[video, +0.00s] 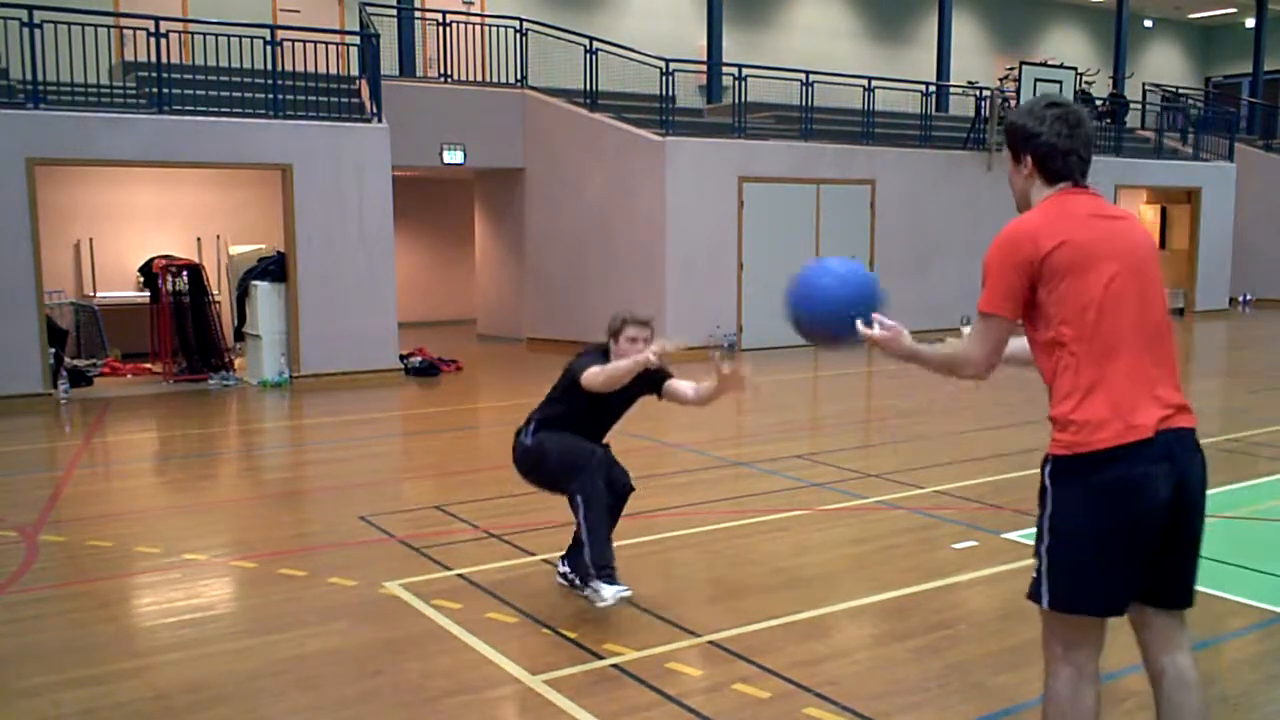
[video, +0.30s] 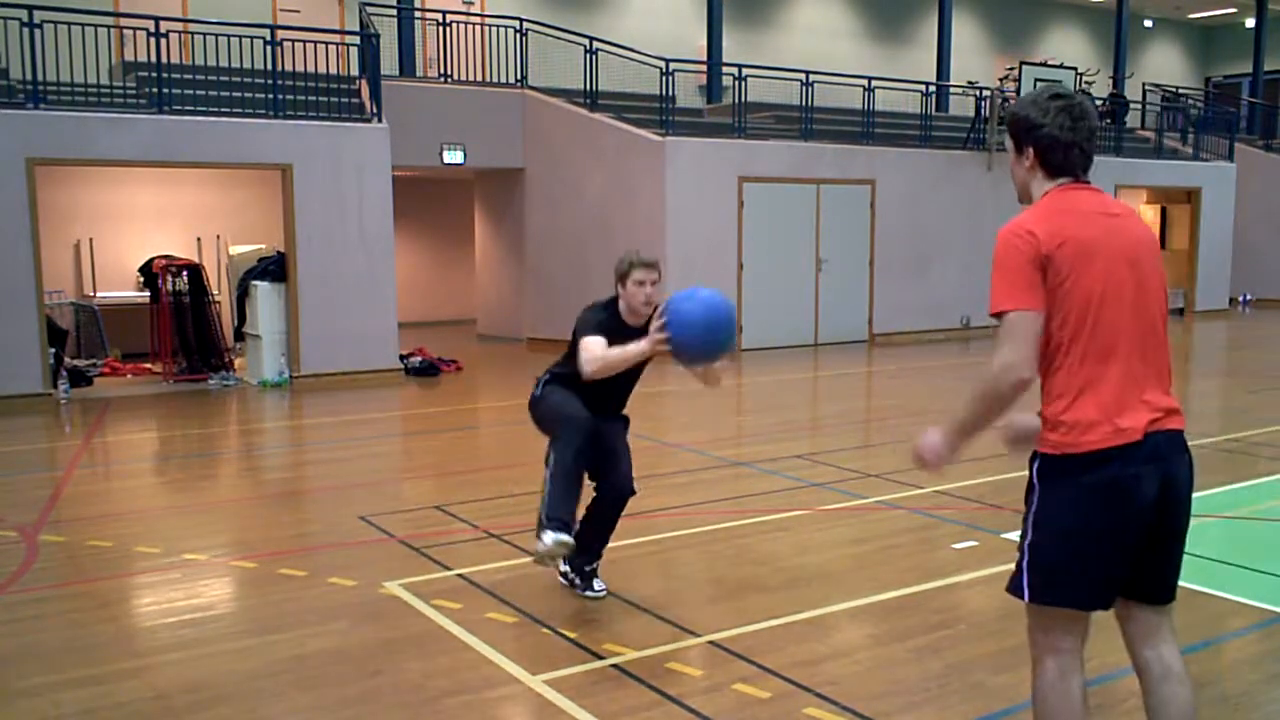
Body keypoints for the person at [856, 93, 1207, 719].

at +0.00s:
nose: (1008, 175)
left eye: (1008, 161)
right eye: (1009, 162)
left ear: (1025, 163)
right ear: (1081, 160)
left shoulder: (1025, 236)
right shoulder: (1133, 226)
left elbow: (974, 361)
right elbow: (1083, 349)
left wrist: (906, 349)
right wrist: (989, 344)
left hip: (1093, 468)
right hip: (1176, 459)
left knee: (1072, 658)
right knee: (1167, 638)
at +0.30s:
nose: (1010, 165)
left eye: (1010, 152)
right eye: (1010, 153)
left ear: (1027, 155)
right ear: (1085, 154)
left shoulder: (1028, 233)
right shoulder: (1136, 225)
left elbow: (1015, 368)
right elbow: (1135, 367)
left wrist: (949, 435)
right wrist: (1045, 421)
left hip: (1080, 469)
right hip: (1163, 462)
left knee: (1057, 648)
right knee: (1151, 627)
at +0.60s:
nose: (1044, 161)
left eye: (1046, 148)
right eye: (1045, 148)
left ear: (1066, 153)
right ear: (1122, 152)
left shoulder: (1066, 228)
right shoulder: (1172, 224)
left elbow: (1069, 362)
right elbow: (1186, 352)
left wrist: (1032, 477)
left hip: (1103, 478)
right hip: (1186, 470)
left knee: (1071, 650)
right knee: (1169, 631)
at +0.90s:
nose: (1100, 161)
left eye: (1100, 146)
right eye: (1100, 146)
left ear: (1119, 148)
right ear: (1178, 148)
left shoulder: (1114, 230)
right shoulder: (1234, 233)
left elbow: (1085, 365)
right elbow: (1231, 347)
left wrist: (1030, 357)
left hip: (1146, 480)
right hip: (1235, 475)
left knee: (1098, 653)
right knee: (1208, 640)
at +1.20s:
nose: (1128, 173)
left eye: (1129, 160)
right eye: (1127, 161)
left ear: (1150, 157)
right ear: (1206, 156)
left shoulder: (1133, 232)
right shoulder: (1268, 227)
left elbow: (1118, 371)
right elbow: (1265, 341)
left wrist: (1173, 345)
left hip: (1165, 480)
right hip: (1260, 480)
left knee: (1102, 648)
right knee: (1228, 652)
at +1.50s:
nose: (1154, 170)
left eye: (1155, 157)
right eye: (1154, 157)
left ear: (1174, 157)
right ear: (1235, 154)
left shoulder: (1150, 229)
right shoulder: (1274, 220)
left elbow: (1127, 367)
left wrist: (1170, 384)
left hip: (1175, 478)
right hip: (1267, 479)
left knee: (1127, 659)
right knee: (1239, 666)